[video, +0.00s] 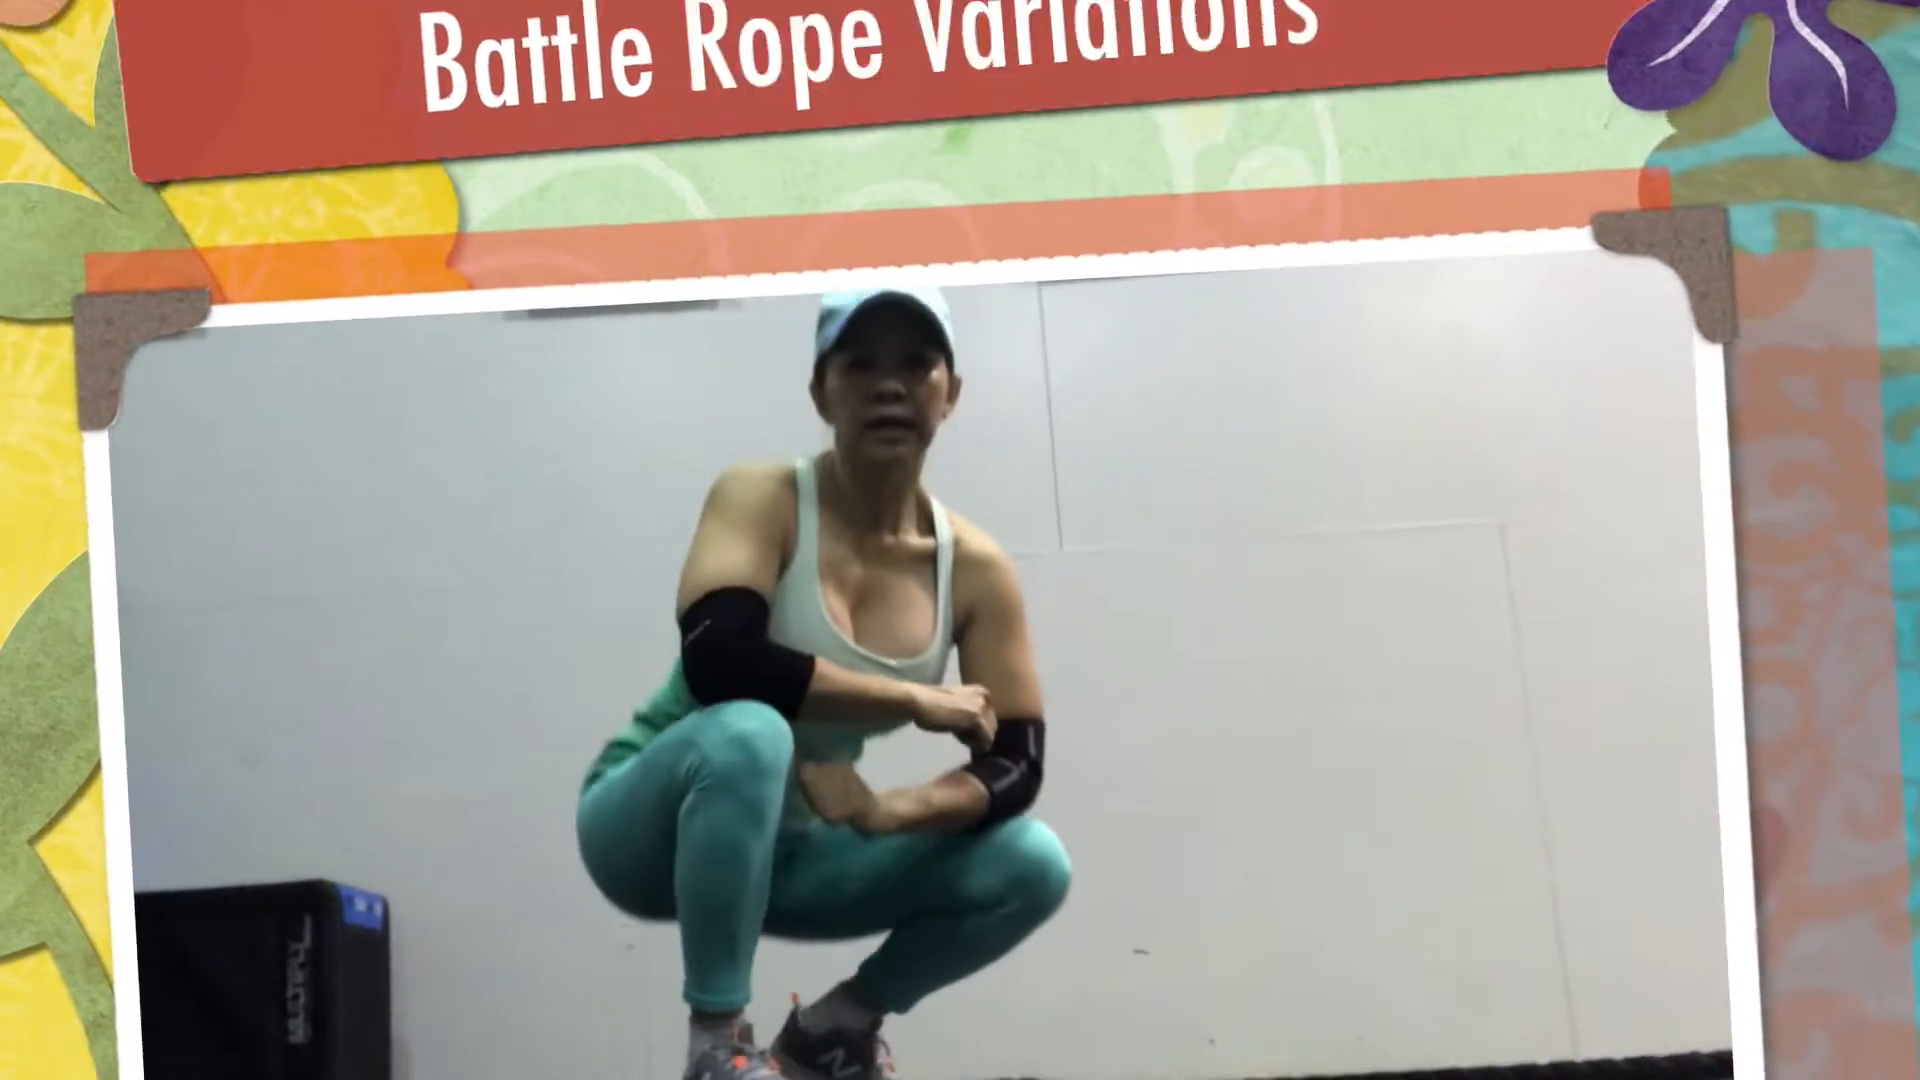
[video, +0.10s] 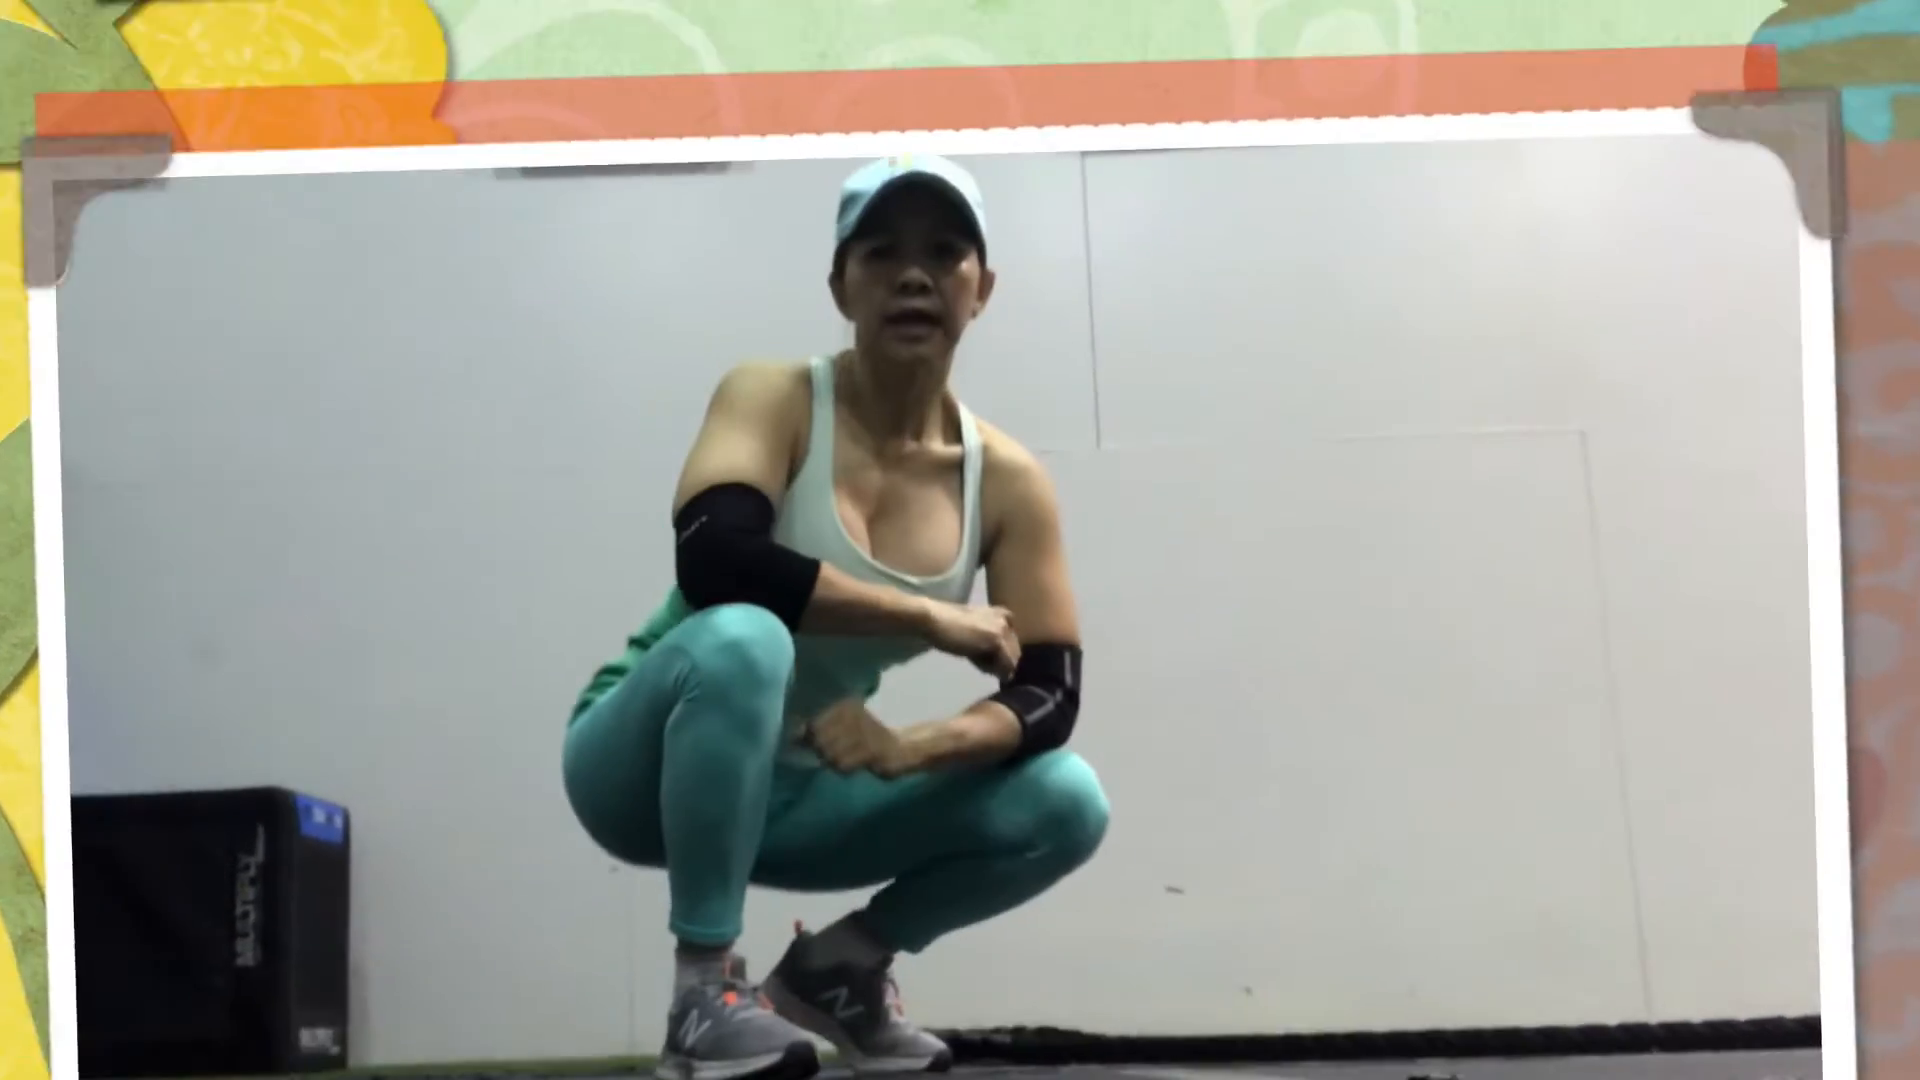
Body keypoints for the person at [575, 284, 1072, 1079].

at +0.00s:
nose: (889, 383)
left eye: (915, 364)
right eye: (862, 365)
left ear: (948, 393)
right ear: (822, 392)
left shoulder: (976, 570)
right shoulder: (756, 499)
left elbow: (1014, 767)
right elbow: (722, 661)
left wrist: (889, 810)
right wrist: (913, 700)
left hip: (810, 854)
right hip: (655, 833)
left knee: (1031, 865)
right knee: (747, 736)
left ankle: (838, 1025)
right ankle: (717, 1046)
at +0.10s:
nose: (914, 274)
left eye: (942, 253)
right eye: (884, 252)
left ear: (981, 287)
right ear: (842, 284)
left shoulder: (1007, 482)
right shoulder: (768, 399)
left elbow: (1047, 696)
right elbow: (718, 559)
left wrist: (913, 746)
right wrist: (926, 615)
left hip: (817, 797)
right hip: (649, 769)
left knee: (1064, 804)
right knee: (743, 642)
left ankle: (838, 968)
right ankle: (703, 992)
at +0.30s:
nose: (948, 133)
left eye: (981, 112)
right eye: (917, 108)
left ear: (1022, 155)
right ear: (869, 145)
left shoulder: (1043, 367)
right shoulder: (784, 269)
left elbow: (1079, 602)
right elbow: (709, 439)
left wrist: (931, 653)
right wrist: (943, 494)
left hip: (812, 711)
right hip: (637, 675)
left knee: (1095, 719)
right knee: (741, 526)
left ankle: (842, 887)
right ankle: (693, 916)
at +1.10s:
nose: (935, 160)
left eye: (967, 138)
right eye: (905, 134)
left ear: (1011, 180)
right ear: (859, 167)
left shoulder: (1035, 375)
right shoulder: (780, 284)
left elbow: (1085, 611)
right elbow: (695, 441)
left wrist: (938, 678)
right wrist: (930, 473)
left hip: (817, 719)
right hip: (643, 690)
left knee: (1101, 726)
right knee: (744, 524)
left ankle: (842, 888)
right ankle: (691, 911)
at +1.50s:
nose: (936, 163)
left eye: (968, 141)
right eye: (906, 138)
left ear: (1010, 182)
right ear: (860, 171)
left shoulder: (1034, 377)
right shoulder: (780, 287)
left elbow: (1082, 609)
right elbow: (715, 438)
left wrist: (936, 691)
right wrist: (949, 493)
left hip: (813, 722)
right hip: (643, 694)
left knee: (1101, 727)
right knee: (756, 526)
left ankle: (841, 888)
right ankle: (692, 911)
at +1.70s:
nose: (945, 168)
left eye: (977, 146)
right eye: (914, 142)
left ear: (1017, 187)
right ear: (866, 175)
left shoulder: (1039, 382)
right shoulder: (785, 289)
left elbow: (1086, 612)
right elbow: (714, 438)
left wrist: (945, 688)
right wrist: (949, 503)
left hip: (814, 729)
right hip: (647, 698)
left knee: (1104, 730)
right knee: (746, 523)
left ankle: (840, 889)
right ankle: (691, 913)